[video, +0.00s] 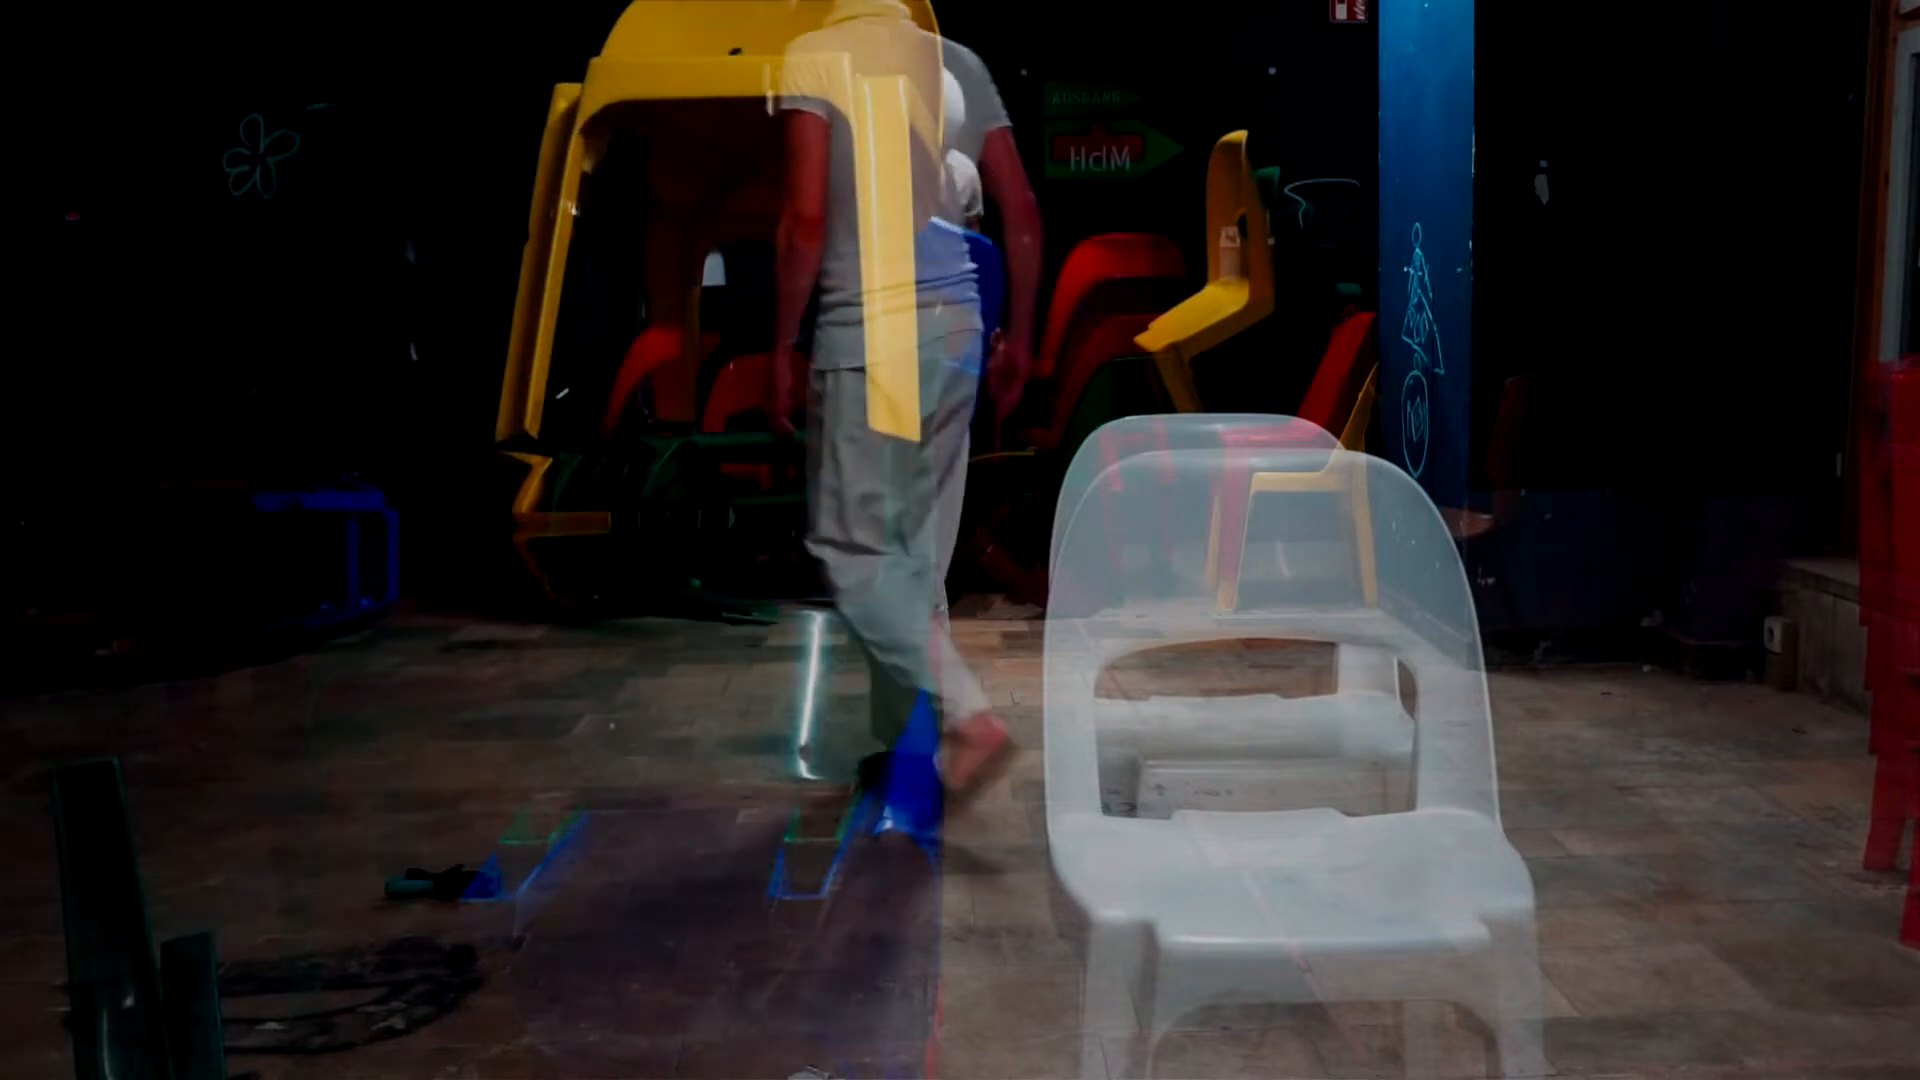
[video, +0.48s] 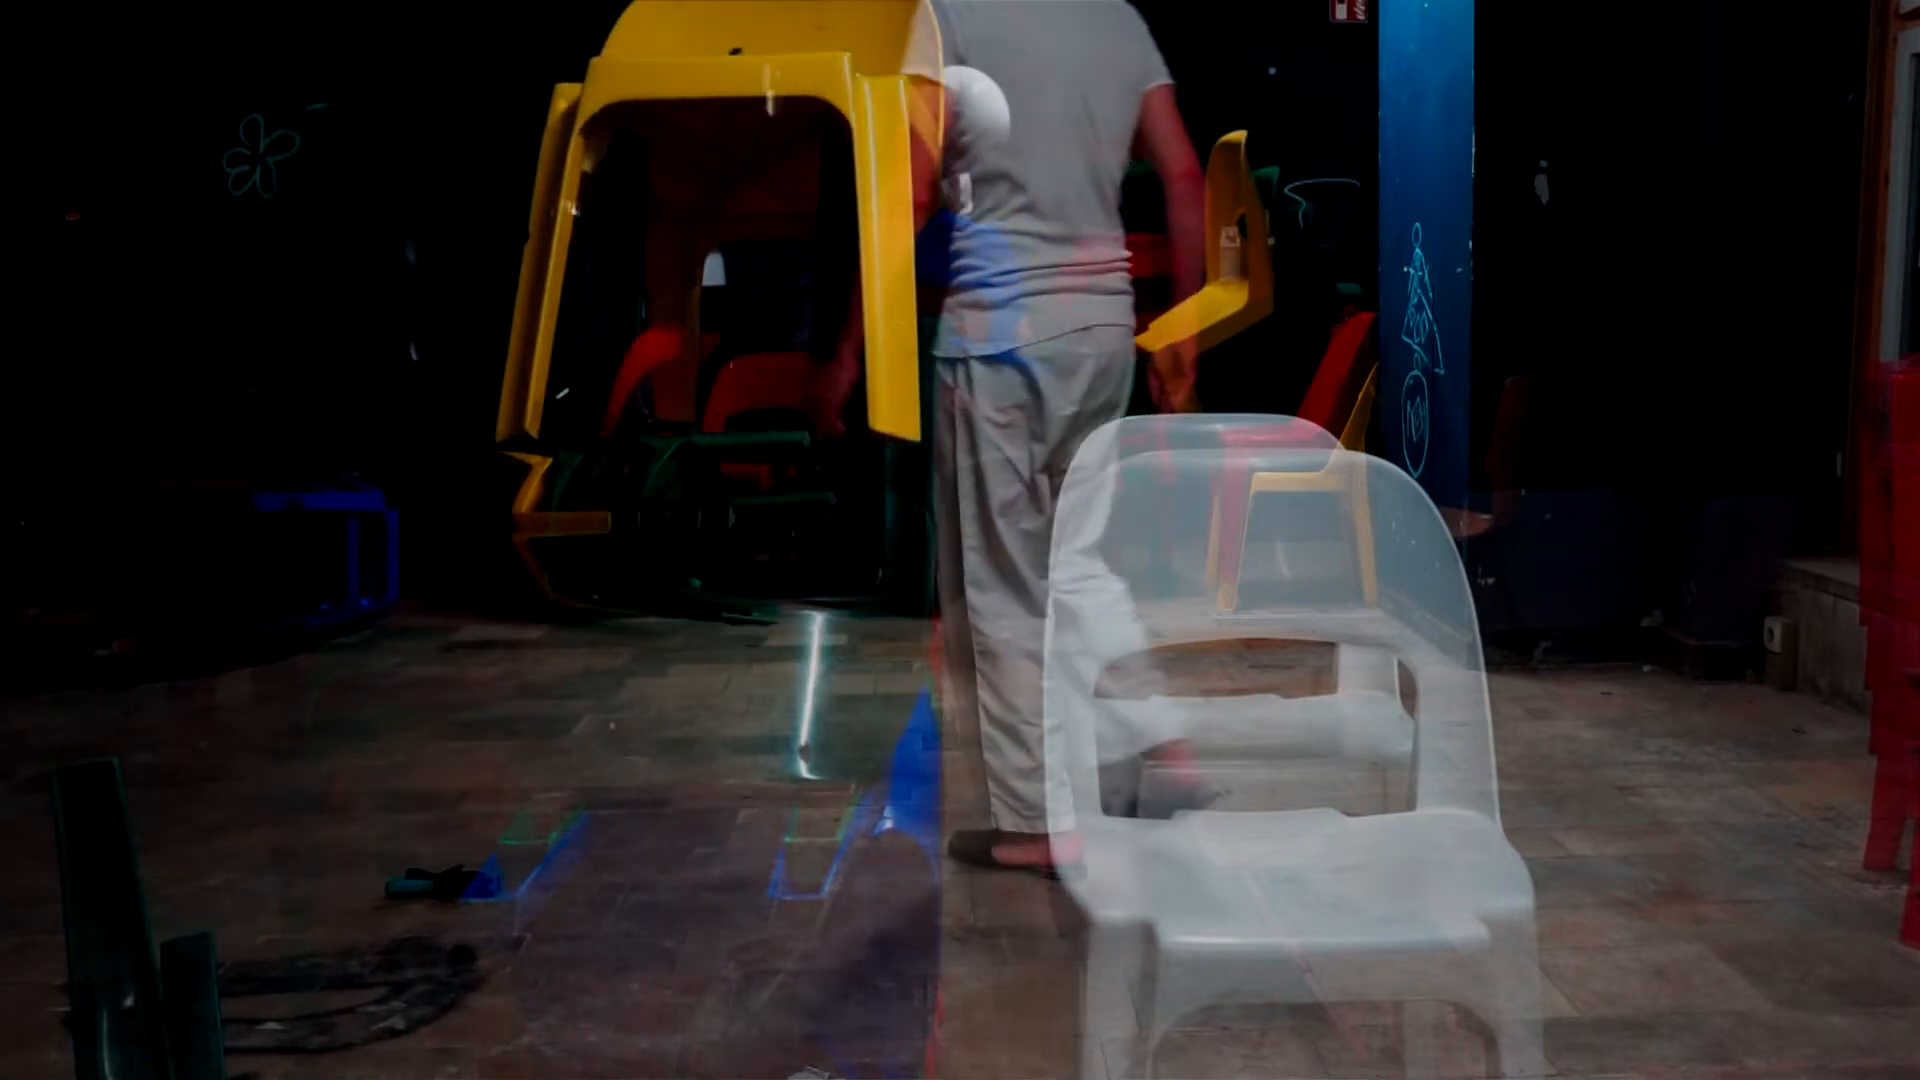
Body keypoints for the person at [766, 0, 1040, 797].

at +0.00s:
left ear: (830, 9)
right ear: (900, 7)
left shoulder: (818, 60)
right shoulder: (959, 63)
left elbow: (807, 217)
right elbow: (1020, 214)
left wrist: (784, 345)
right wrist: (1017, 334)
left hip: (865, 334)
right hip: (957, 326)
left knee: (854, 543)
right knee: (922, 547)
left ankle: (965, 718)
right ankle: (896, 757)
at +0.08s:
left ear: (854, 7)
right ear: (922, 6)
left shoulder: (834, 57)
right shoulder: (986, 61)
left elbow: (813, 216)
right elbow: (1043, 211)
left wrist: (781, 338)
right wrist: (1049, 338)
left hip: (888, 328)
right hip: (979, 325)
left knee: (897, 551)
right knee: (926, 548)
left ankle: (1010, 757)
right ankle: (874, 761)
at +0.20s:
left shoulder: (863, 46)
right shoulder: (1025, 50)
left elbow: (819, 219)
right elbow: (1087, 214)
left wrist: (777, 324)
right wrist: (1088, 336)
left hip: (924, 338)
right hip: (1019, 334)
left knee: (960, 582)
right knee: (966, 578)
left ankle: (1024, 808)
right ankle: (966, 802)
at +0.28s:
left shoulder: (887, 33)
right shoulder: (1047, 35)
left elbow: (834, 203)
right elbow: (1111, 189)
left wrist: (790, 308)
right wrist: (1119, 327)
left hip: (941, 330)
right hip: (1044, 325)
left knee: (977, 583)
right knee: (990, 577)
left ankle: (1029, 819)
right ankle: (982, 801)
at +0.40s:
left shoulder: (919, 22)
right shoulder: (1089, 21)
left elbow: (876, 191)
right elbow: (1153, 170)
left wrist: (816, 321)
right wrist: (1165, 315)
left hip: (976, 329)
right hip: (1079, 322)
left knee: (998, 579)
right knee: (1020, 564)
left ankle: (1028, 822)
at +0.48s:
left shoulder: (939, 16)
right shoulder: (1117, 19)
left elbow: (917, 185)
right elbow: (1182, 173)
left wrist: (852, 345)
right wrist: (1184, 319)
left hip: (997, 328)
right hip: (1103, 318)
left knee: (1004, 585)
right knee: (1077, 558)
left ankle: (1036, 821)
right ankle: (1157, 745)